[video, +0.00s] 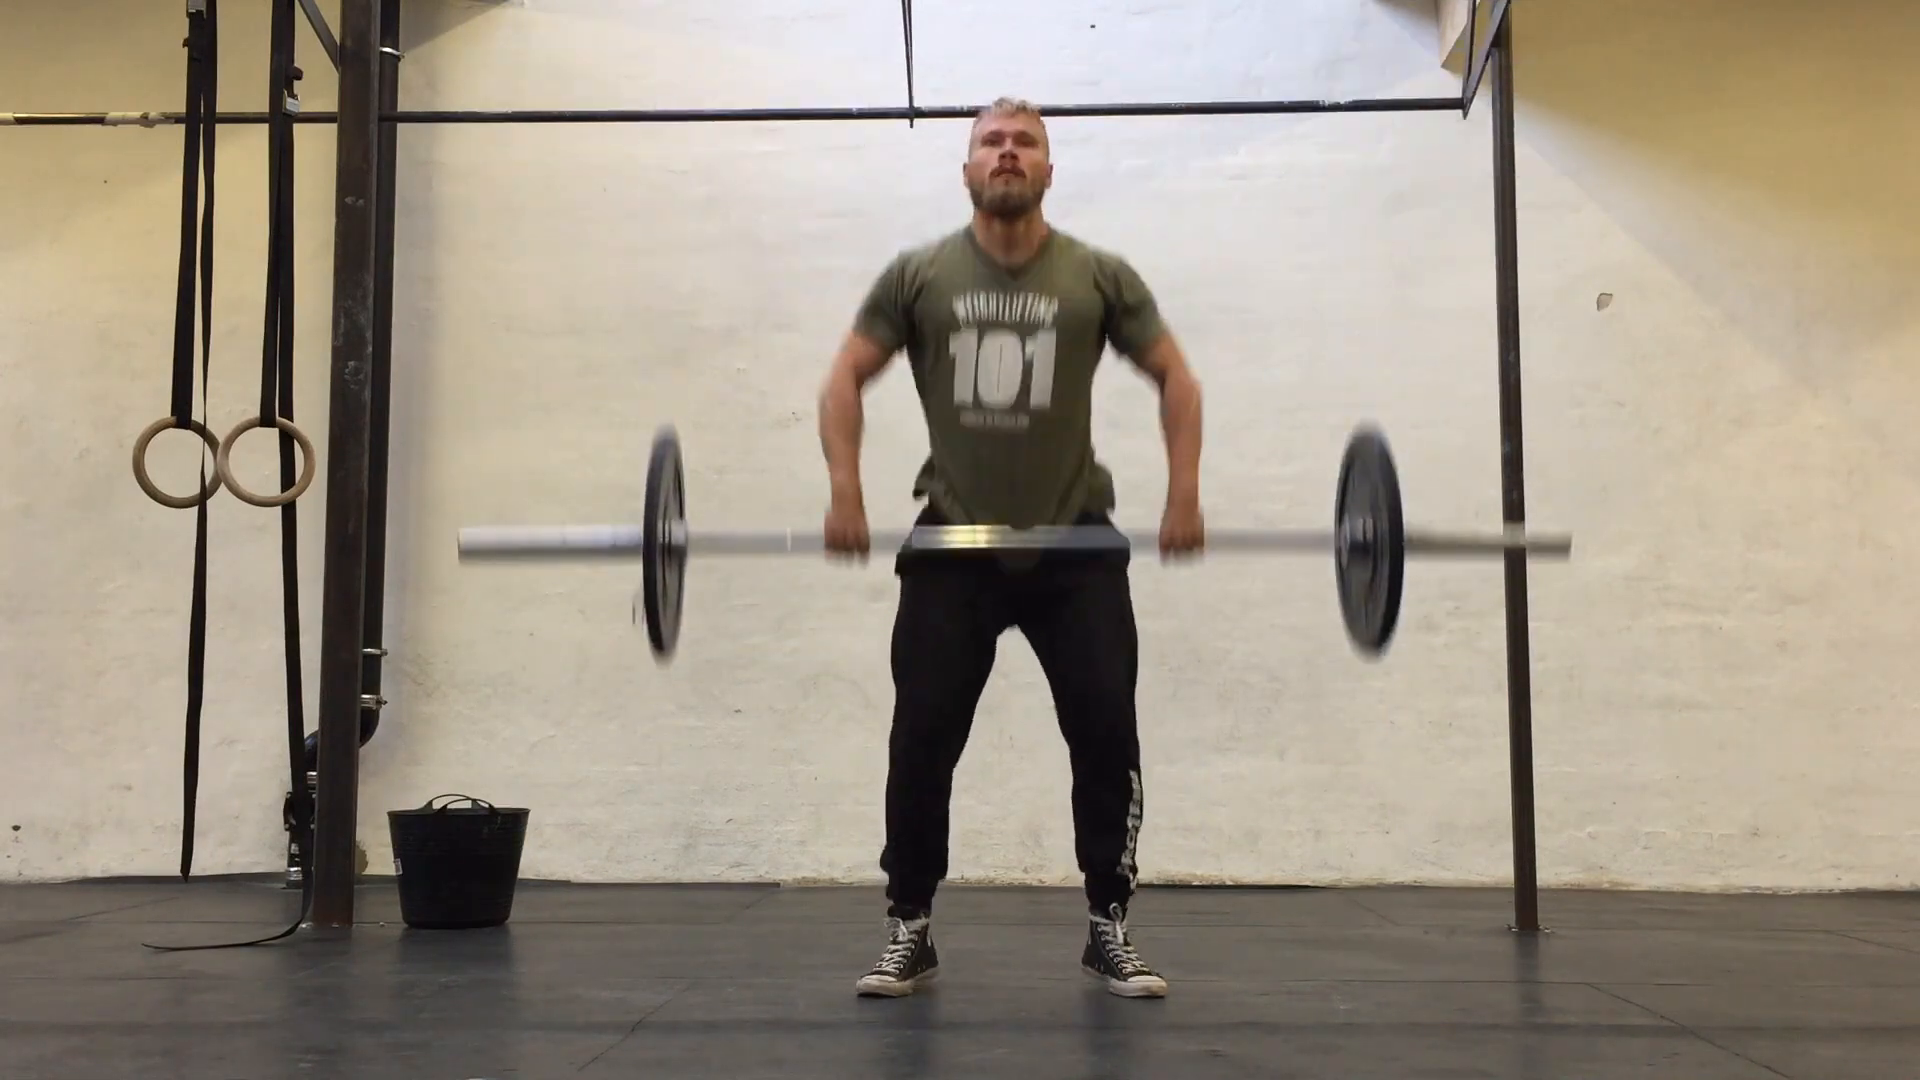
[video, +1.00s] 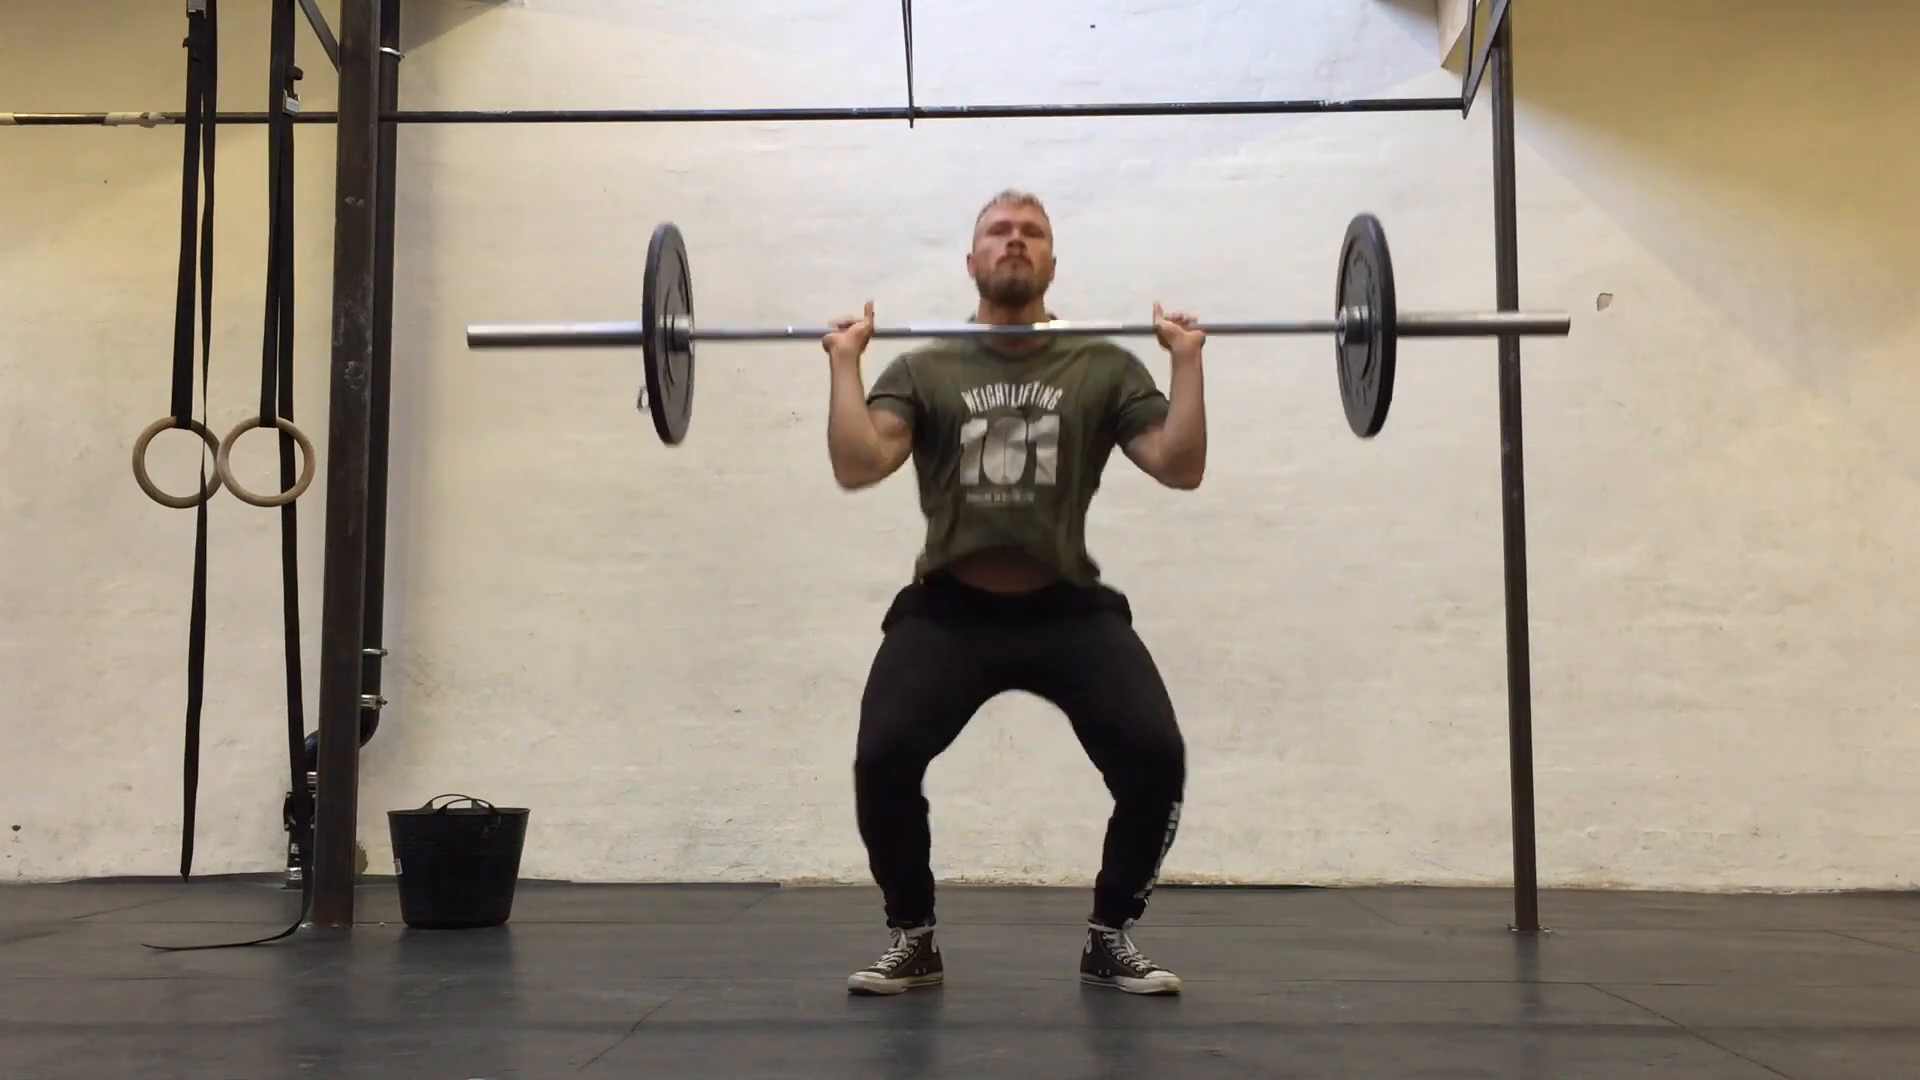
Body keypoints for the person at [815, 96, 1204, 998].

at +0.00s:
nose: (1007, 151)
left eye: (1024, 142)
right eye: (991, 141)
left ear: (1049, 171)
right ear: (965, 169)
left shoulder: (1100, 279)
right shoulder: (917, 278)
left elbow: (1176, 379)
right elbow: (843, 381)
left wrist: (1184, 497)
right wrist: (846, 495)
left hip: (1074, 548)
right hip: (951, 550)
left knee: (1107, 737)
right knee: (921, 741)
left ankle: (1110, 932)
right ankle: (908, 931)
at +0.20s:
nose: (1008, 229)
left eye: (1025, 218)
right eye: (991, 218)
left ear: (1052, 248)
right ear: (966, 249)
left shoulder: (1107, 364)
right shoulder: (915, 362)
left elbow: (1154, 487)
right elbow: (871, 486)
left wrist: (1180, 613)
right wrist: (849, 613)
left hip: (1070, 574)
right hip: (949, 573)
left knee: (1117, 729)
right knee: (905, 728)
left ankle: (1110, 938)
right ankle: (906, 938)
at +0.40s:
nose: (1009, 233)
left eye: (1026, 223)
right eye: (992, 223)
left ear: (1053, 254)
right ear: (967, 254)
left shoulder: (1106, 366)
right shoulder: (916, 365)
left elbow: (1150, 489)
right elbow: (872, 487)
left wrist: (1177, 614)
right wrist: (847, 615)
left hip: (1069, 573)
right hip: (949, 571)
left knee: (1111, 732)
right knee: (912, 726)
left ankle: (1108, 936)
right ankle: (906, 937)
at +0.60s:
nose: (1004, 183)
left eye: (1020, 172)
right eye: (988, 172)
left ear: (1047, 200)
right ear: (964, 201)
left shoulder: (1101, 305)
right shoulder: (920, 305)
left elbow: (1149, 422)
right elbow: (871, 419)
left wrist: (1175, 537)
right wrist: (846, 536)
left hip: (1073, 565)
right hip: (948, 565)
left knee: (1121, 737)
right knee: (909, 737)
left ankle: (1107, 939)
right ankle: (913, 939)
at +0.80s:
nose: (1006, 175)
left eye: (1022, 164)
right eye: (991, 163)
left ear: (1046, 186)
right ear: (965, 185)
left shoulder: (1090, 266)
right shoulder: (920, 268)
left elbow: (1160, 344)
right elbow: (859, 346)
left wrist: (1181, 374)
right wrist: (843, 372)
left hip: (1066, 534)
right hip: (955, 535)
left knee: (1108, 721)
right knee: (921, 720)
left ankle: (1115, 924)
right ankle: (904, 923)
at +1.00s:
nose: (1015, 240)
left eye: (1031, 232)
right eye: (999, 230)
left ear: (1053, 265)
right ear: (970, 261)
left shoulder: (1101, 366)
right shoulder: (925, 370)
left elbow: (1181, 468)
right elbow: (856, 466)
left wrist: (1186, 359)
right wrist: (845, 363)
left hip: (1069, 614)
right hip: (947, 615)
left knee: (1155, 761)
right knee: (882, 761)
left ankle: (1109, 944)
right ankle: (913, 942)